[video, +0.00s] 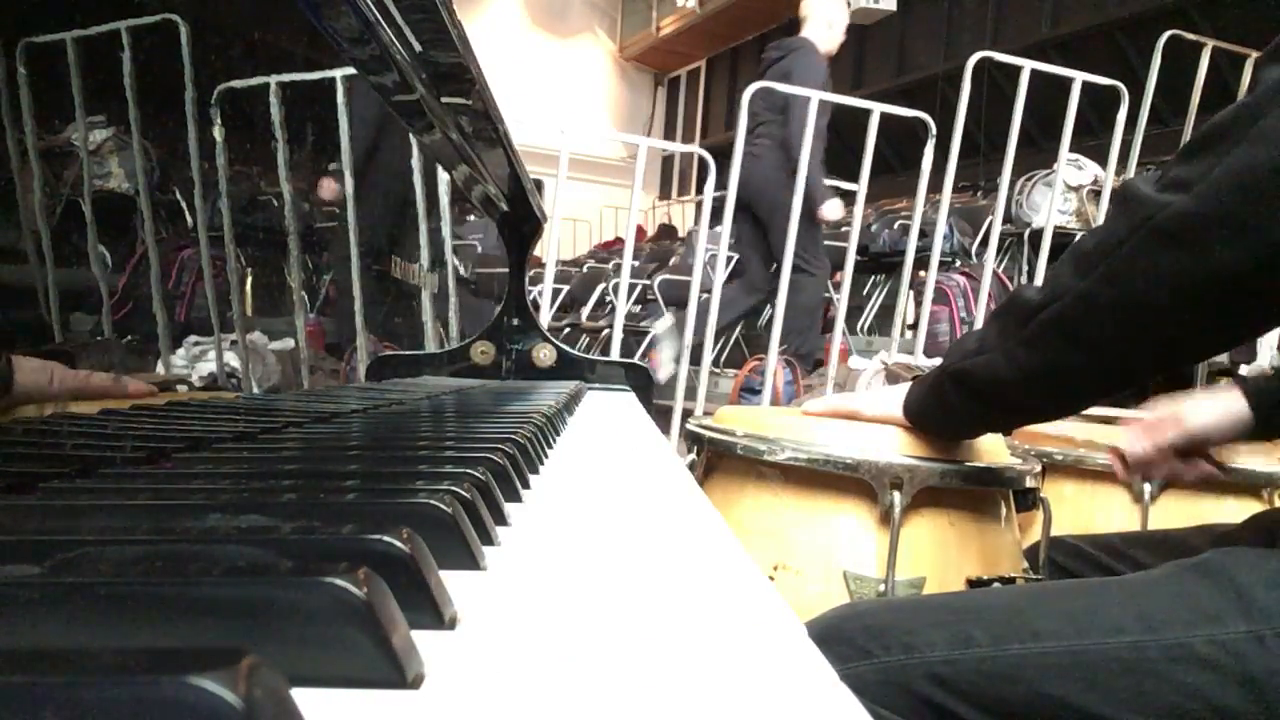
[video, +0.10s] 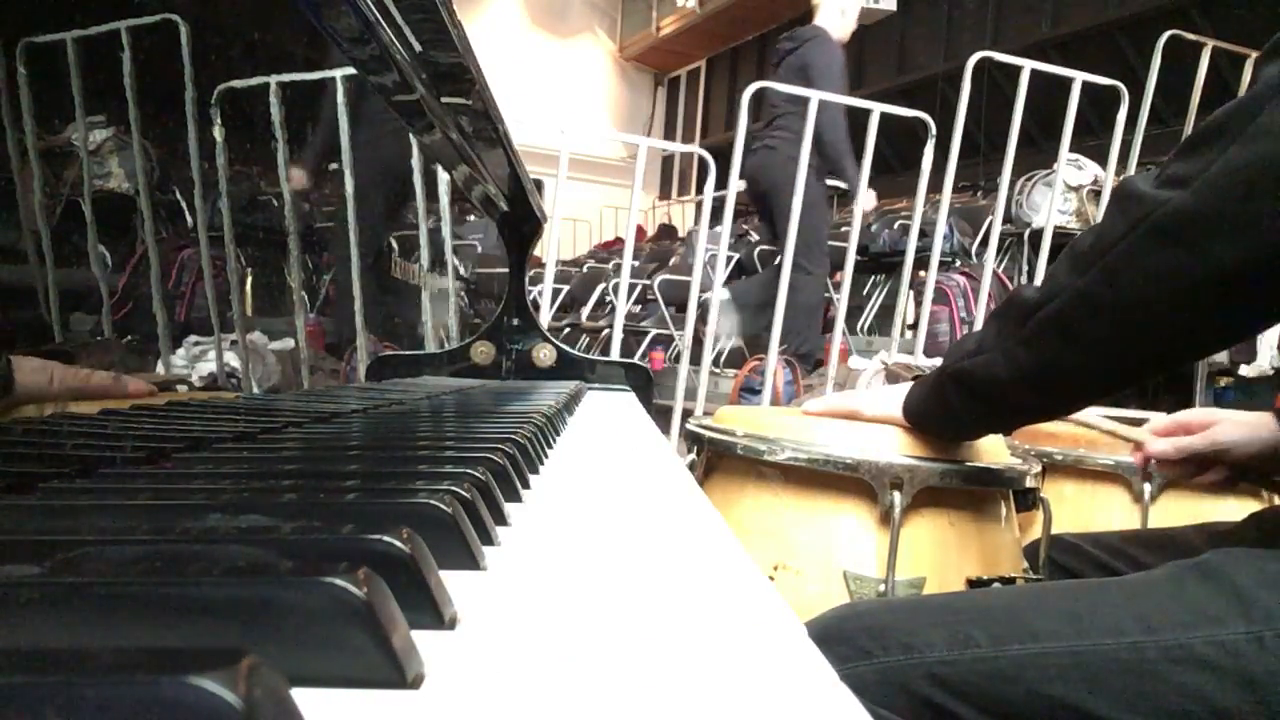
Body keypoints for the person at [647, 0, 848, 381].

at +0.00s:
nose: (843, 37)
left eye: (844, 29)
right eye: (841, 27)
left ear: (807, 21)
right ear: (823, 22)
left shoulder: (781, 57)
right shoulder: (809, 60)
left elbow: (763, 127)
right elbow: (803, 133)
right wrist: (822, 195)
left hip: (745, 173)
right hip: (773, 174)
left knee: (757, 278)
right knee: (811, 266)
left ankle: (678, 331)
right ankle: (792, 368)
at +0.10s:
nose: (855, 26)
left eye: (856, 18)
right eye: (854, 16)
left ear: (821, 11)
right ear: (841, 11)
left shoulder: (794, 48)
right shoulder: (823, 46)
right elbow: (830, 122)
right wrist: (857, 184)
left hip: (762, 164)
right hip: (789, 163)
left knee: (797, 262)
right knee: (812, 265)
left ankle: (731, 304)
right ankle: (798, 363)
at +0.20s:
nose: (867, 23)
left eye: (869, 15)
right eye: (868, 13)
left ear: (835, 7)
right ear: (857, 8)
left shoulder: (809, 42)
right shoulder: (842, 42)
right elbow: (855, 119)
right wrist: (884, 175)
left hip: (785, 155)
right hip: (810, 159)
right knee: (809, 261)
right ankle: (797, 356)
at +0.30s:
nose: (883, 22)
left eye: (884, 15)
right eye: (882, 13)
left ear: (844, 9)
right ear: (869, 10)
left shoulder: (817, 46)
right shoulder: (861, 43)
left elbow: (785, 121)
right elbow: (882, 115)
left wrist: (783, 176)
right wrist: (906, 173)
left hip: (803, 157)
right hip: (827, 159)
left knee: (878, 225)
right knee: (810, 256)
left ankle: (866, 320)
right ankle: (796, 353)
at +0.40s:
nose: (903, 17)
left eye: (902, 10)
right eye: (899, 9)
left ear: (862, 13)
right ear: (884, 11)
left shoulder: (832, 53)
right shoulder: (883, 51)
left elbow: (796, 117)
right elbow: (903, 123)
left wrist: (785, 175)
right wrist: (924, 166)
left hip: (813, 168)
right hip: (837, 171)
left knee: (899, 226)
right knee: (816, 266)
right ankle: (791, 360)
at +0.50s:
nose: (924, 29)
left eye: (922, 21)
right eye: (921, 21)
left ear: (884, 23)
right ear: (908, 22)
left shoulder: (849, 64)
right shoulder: (907, 61)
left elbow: (808, 127)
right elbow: (932, 124)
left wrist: (793, 179)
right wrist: (949, 172)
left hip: (826, 172)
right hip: (857, 176)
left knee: (927, 231)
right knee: (827, 266)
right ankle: (795, 358)